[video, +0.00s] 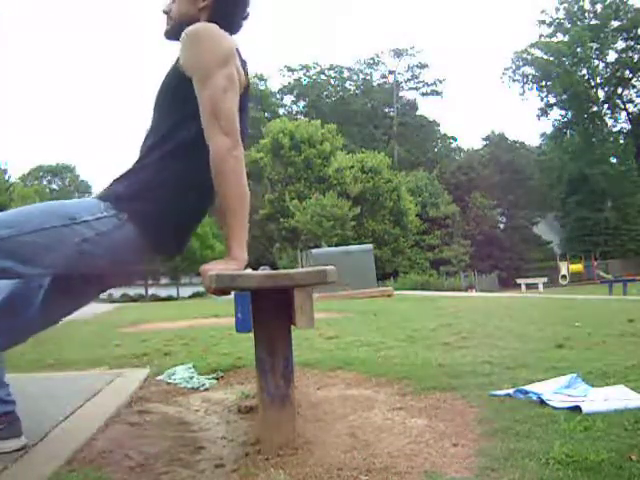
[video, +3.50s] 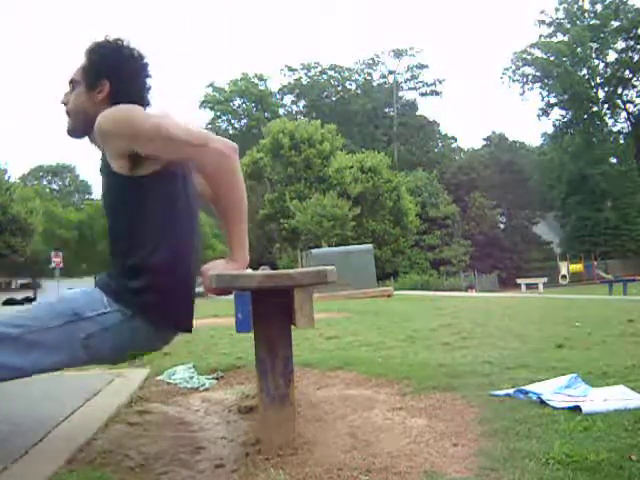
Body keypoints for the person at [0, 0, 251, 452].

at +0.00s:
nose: (168, 5)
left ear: (204, 4)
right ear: (211, 9)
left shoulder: (205, 36)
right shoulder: (224, 57)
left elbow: (226, 144)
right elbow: (221, 151)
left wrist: (237, 255)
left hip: (123, 219)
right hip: (144, 238)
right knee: (15, 315)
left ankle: (2, 415)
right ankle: (1, 418)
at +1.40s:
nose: (130, 38)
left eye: (141, 27)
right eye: (136, 27)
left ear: (168, 32)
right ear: (169, 35)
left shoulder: (166, 66)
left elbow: (231, 146)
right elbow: (238, 147)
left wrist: (238, 256)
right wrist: (239, 254)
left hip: (107, 263)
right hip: (123, 272)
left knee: (0, 331)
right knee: (3, 336)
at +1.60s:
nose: (100, 89)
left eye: (111, 78)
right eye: (105, 78)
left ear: (137, 83)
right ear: (139, 84)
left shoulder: (137, 111)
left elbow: (232, 151)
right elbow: (237, 151)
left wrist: (239, 257)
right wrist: (239, 256)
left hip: (135, 310)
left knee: (6, 357)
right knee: (9, 352)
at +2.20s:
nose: (93, 20)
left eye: (104, 10)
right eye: (99, 10)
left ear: (127, 20)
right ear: (128, 22)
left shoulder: (132, 61)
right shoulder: (164, 75)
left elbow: (189, 146)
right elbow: (199, 161)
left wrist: (233, 250)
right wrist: (232, 251)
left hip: (100, 247)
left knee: (2, 315)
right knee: (4, 320)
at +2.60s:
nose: (66, 84)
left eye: (77, 72)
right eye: (72, 72)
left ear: (102, 81)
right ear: (102, 81)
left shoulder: (113, 115)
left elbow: (219, 154)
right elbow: (206, 189)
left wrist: (238, 256)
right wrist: (234, 253)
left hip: (126, 303)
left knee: (5, 337)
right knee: (8, 334)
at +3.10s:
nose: (77, 29)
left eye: (88, 18)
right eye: (83, 18)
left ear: (116, 26)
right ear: (114, 27)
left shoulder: (125, 63)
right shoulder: (158, 75)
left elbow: (189, 145)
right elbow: (197, 157)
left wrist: (233, 253)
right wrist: (232, 251)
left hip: (109, 251)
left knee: (3, 312)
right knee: (5, 320)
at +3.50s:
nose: (64, 99)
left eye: (73, 86)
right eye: (69, 86)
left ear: (101, 91)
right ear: (102, 92)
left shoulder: (114, 122)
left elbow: (222, 154)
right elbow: (211, 190)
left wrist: (239, 259)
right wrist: (243, 251)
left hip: (134, 308)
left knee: (3, 338)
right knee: (9, 326)